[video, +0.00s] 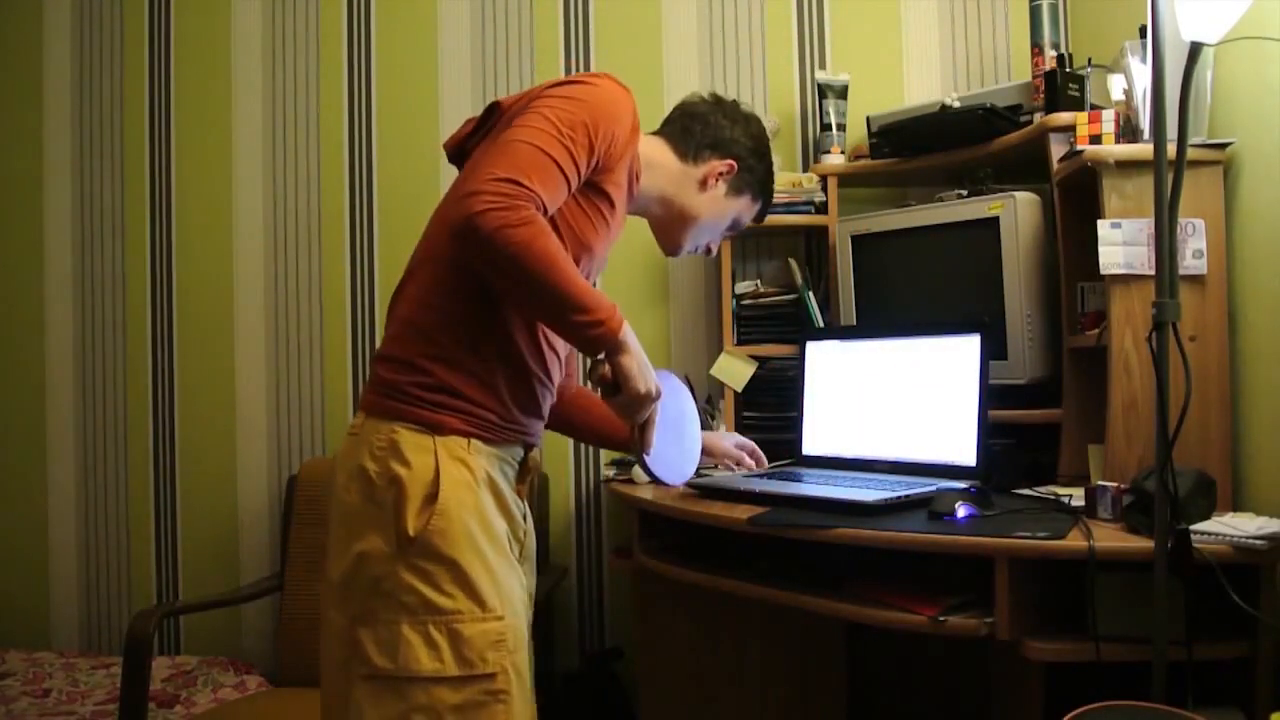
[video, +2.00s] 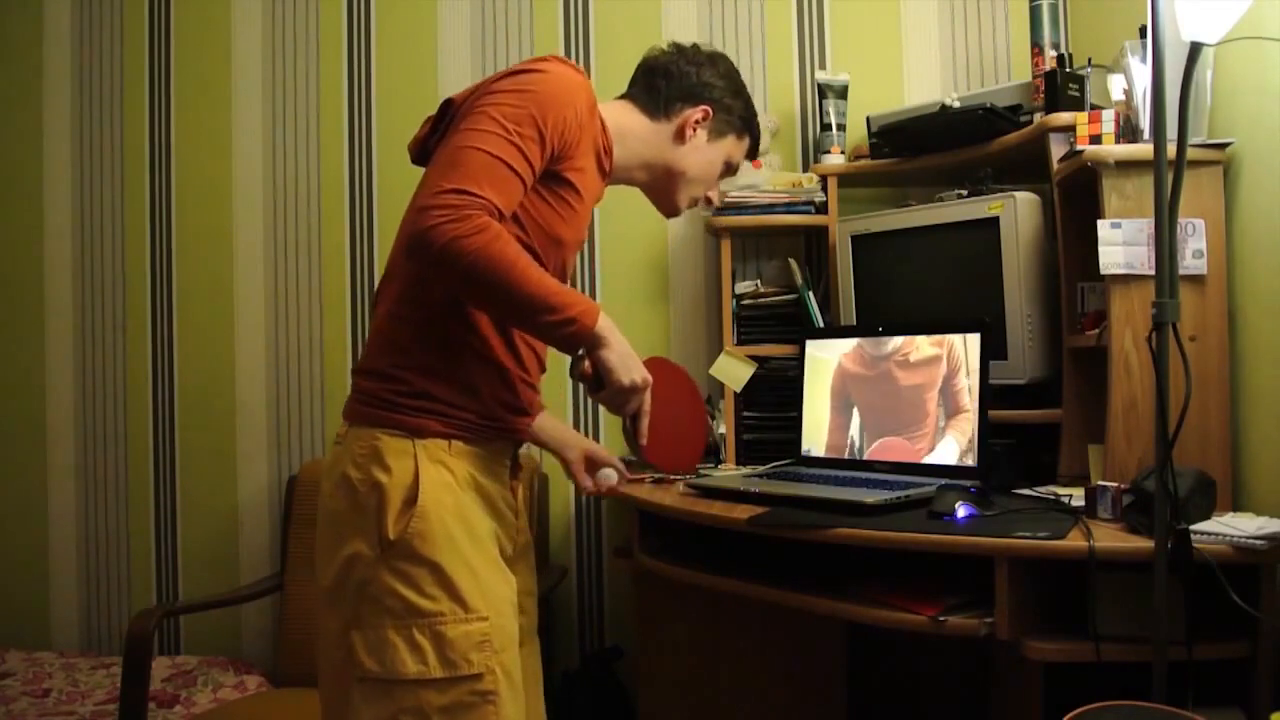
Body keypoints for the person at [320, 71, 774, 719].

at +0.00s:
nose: (715, 245)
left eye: (729, 234)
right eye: (731, 225)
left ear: (711, 176)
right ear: (717, 175)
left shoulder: (594, 210)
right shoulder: (604, 103)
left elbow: (547, 389)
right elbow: (491, 206)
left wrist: (684, 439)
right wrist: (616, 338)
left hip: (484, 478)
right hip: (430, 471)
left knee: (494, 698)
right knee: (466, 704)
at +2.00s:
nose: (713, 194)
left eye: (728, 177)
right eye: (728, 166)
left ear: (691, 118)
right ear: (695, 120)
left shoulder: (575, 182)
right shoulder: (555, 90)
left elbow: (463, 351)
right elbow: (450, 219)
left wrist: (564, 440)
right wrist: (597, 328)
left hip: (483, 477)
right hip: (417, 478)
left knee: (510, 706)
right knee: (460, 708)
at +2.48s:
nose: (639, 108)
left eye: (654, 89)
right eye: (652, 76)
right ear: (615, 26)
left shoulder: (502, 94)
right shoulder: (470, 59)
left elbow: (428, 304)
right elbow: (417, 258)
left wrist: (521, 423)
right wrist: (581, 331)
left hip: (479, 491)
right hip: (419, 498)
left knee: (519, 706)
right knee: (440, 707)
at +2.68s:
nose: (599, 72)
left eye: (612, 51)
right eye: (608, 39)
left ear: (554, 7)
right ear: (560, 0)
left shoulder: (458, 75)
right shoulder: (423, 55)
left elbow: (430, 309)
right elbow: (379, 279)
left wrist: (564, 353)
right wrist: (543, 391)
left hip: (469, 498)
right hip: (410, 509)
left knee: (528, 711)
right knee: (443, 710)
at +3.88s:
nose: (564, 35)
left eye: (574, 13)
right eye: (568, 5)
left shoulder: (416, 69)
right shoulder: (336, 47)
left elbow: (416, 297)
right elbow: (296, 286)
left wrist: (578, 329)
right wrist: (490, 380)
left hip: (445, 497)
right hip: (362, 508)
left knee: (508, 710)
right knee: (388, 710)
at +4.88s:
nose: (535, 58)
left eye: (546, 35)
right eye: (539, 24)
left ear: (477, 6)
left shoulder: (407, 119)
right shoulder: (283, 54)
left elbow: (441, 319)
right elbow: (252, 280)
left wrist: (580, 403)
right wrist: (443, 360)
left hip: (394, 504)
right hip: (274, 510)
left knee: (456, 710)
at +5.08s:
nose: (478, 33)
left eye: (486, 12)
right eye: (477, 2)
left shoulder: (355, 110)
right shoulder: (208, 39)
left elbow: (406, 315)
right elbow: (147, 278)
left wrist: (561, 307)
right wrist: (365, 358)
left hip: (349, 513)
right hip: (217, 517)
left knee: (413, 708)